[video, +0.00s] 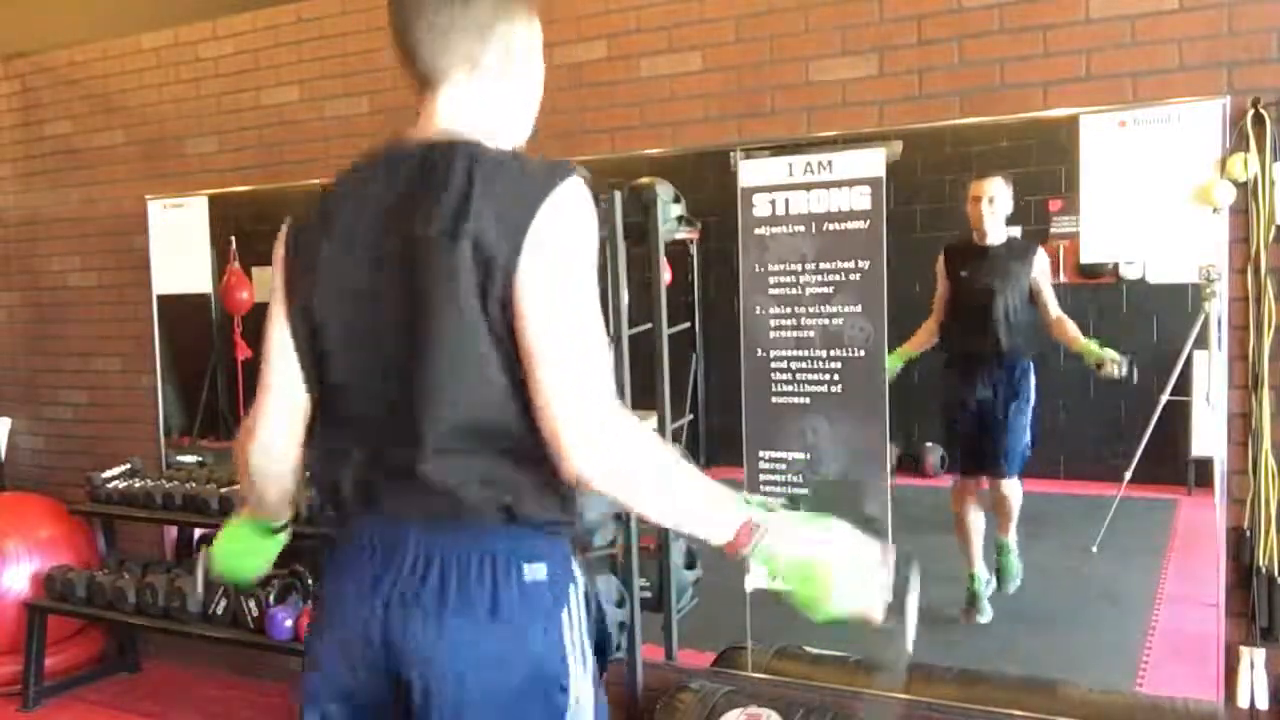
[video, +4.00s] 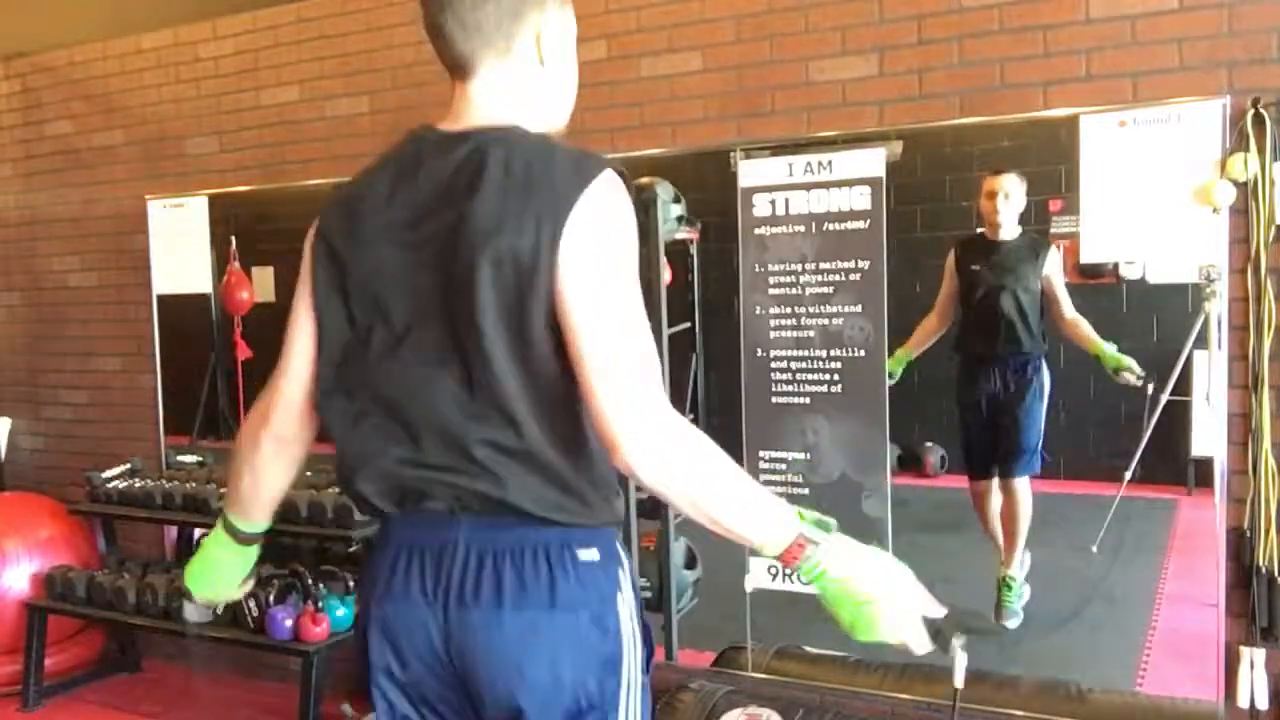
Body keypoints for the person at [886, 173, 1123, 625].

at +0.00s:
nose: (982, 209)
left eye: (991, 200)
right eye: (976, 200)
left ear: (1009, 206)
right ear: (967, 207)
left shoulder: (1031, 256)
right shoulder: (951, 256)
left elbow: (1054, 318)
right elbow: (937, 321)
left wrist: (1091, 351)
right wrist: (897, 358)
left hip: (1013, 374)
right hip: (963, 374)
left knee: (1003, 481)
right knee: (967, 485)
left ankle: (1006, 546)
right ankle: (976, 580)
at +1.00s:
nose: (986, 234)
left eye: (996, 226)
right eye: (982, 225)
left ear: (1016, 232)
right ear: (974, 232)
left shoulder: (1039, 281)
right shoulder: (958, 283)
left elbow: (1064, 336)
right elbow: (941, 338)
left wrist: (1094, 350)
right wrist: (903, 351)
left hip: (1020, 402)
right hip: (970, 402)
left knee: (1011, 503)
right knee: (968, 505)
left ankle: (1004, 590)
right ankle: (991, 529)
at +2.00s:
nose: (978, 207)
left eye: (987, 199)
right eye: (972, 199)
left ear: (1003, 204)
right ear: (963, 205)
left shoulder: (1028, 254)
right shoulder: (949, 258)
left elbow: (1056, 314)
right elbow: (935, 321)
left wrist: (1095, 350)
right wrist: (899, 360)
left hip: (1022, 373)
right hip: (972, 374)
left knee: (1016, 472)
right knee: (983, 477)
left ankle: (1017, 570)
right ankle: (991, 572)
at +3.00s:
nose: (995, 239)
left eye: (1004, 231)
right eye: (989, 230)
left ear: (1021, 236)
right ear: (978, 236)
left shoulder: (1043, 288)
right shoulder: (961, 288)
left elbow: (1075, 337)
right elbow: (943, 341)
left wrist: (1110, 347)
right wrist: (895, 350)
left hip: (1021, 406)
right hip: (968, 404)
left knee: (1011, 506)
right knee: (960, 505)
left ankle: (1006, 592)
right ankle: (962, 603)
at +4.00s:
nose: (997, 205)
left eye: (1006, 196)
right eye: (990, 196)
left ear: (1023, 203)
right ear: (978, 202)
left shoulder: (1043, 253)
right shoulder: (961, 253)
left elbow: (1065, 318)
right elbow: (941, 316)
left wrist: (1106, 352)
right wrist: (902, 355)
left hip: (1025, 373)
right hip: (975, 372)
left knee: (1013, 476)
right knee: (981, 485)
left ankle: (1011, 577)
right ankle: (1011, 557)